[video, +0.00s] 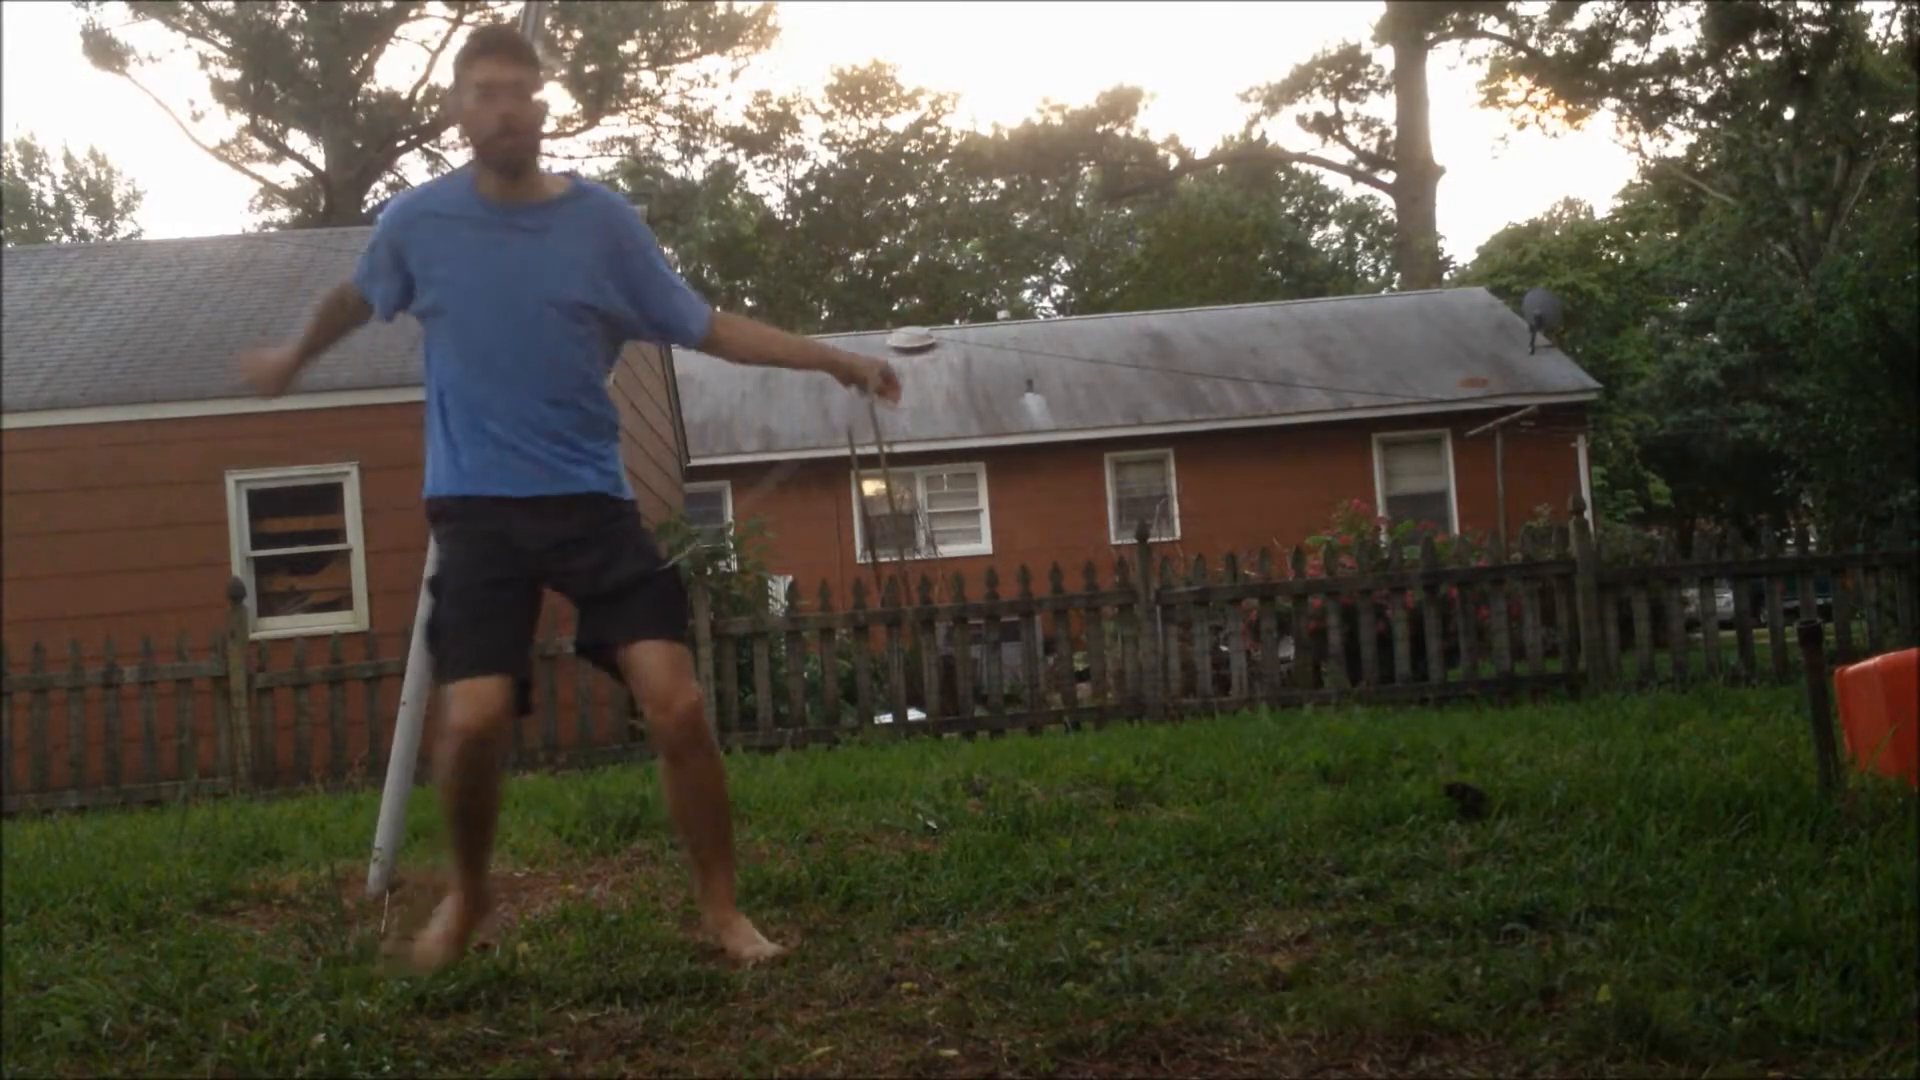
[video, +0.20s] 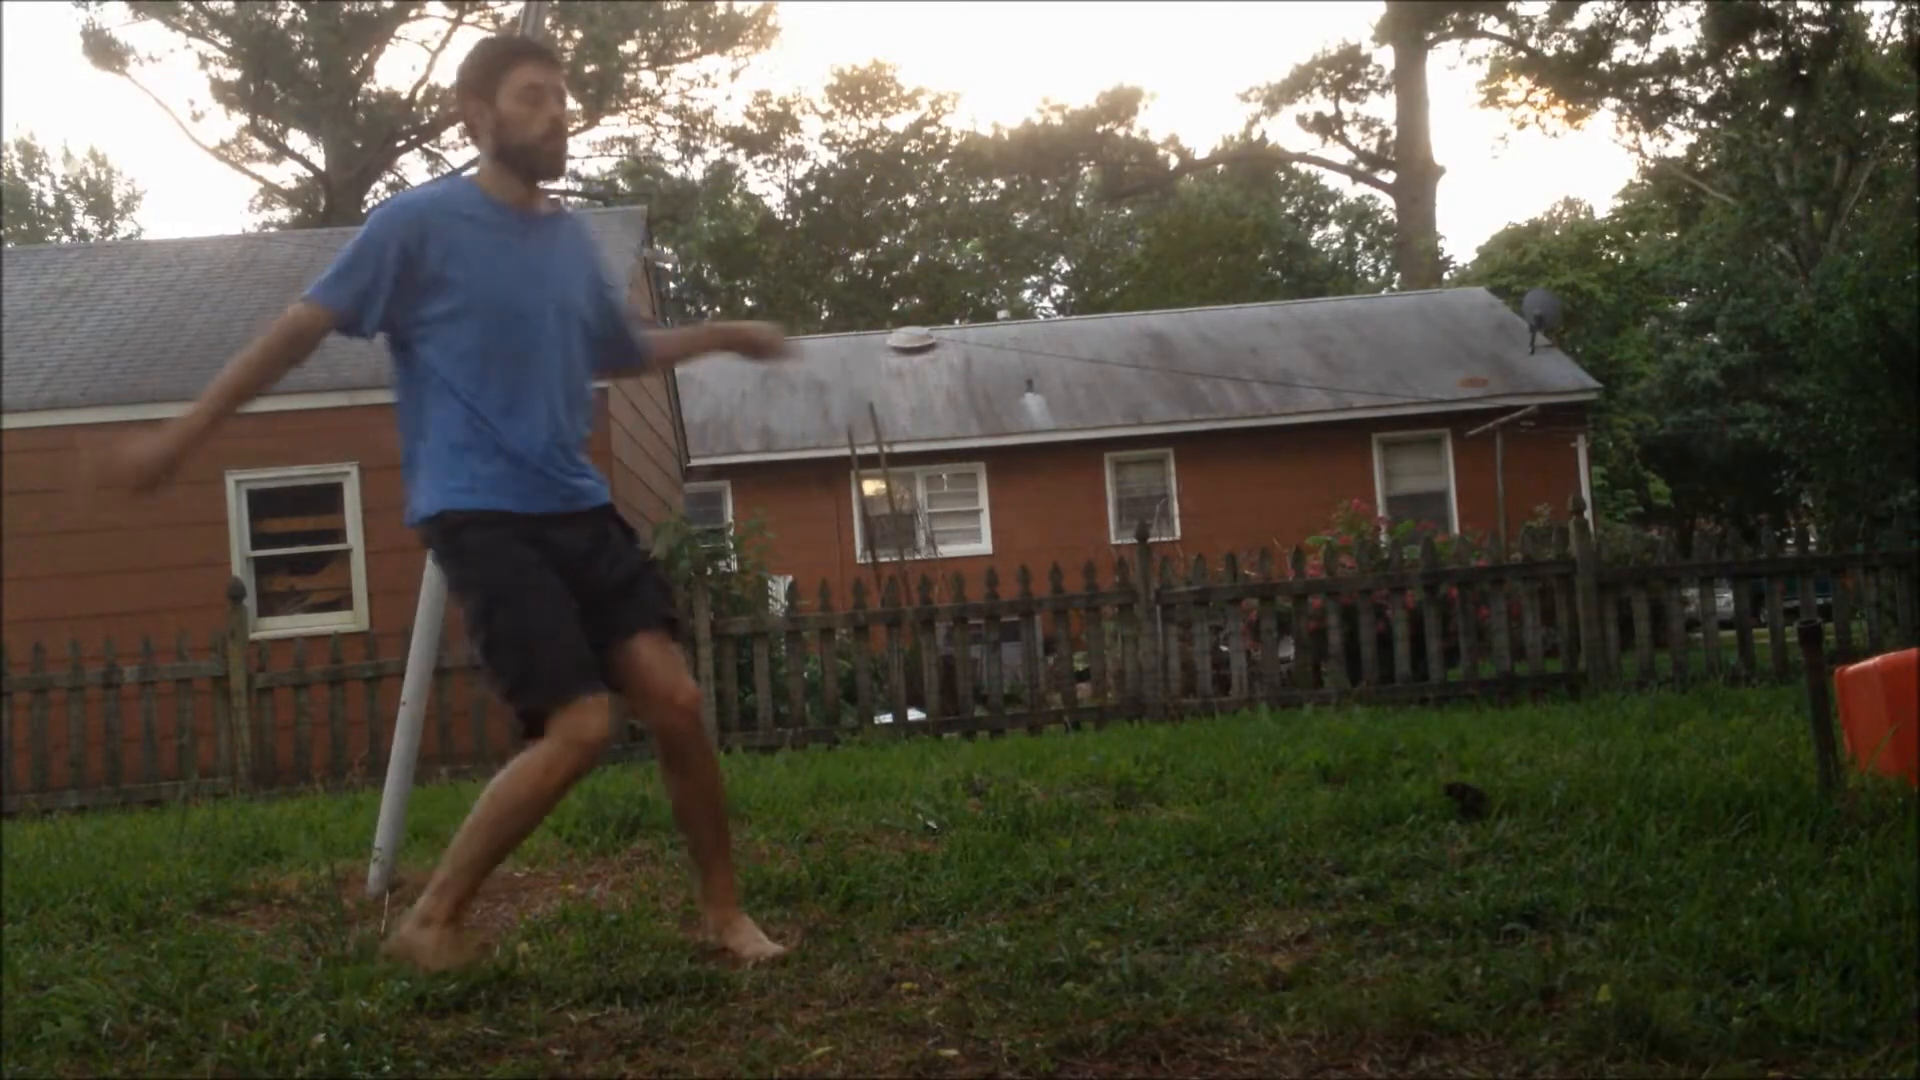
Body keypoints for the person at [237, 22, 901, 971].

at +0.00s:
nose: (506, 109)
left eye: (521, 92)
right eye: (486, 93)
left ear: (543, 103)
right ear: (455, 109)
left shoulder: (601, 218)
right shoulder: (415, 218)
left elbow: (702, 324)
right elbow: (351, 299)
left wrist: (835, 360)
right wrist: (289, 359)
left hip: (593, 502)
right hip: (474, 507)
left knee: (681, 709)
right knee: (473, 722)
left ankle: (722, 915)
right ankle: (466, 898)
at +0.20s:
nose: (559, 113)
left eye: (562, 98)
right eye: (535, 98)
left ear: (565, 111)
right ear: (475, 113)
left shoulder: (571, 236)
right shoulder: (418, 218)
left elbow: (615, 354)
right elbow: (301, 326)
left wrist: (721, 335)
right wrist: (178, 437)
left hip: (575, 500)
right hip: (475, 504)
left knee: (678, 703)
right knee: (579, 725)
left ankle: (725, 918)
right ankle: (429, 924)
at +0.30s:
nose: (543, 102)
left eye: (541, 86)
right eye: (524, 86)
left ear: (501, 103)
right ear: (462, 99)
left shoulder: (490, 218)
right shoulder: (412, 198)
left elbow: (490, 349)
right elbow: (324, 329)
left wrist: (598, 331)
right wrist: (245, 460)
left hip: (519, 494)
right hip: (439, 500)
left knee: (632, 688)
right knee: (551, 729)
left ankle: (705, 905)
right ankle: (413, 938)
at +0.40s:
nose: (509, 81)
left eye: (503, 62)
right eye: (495, 61)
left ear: (432, 78)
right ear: (445, 73)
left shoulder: (425, 182)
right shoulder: (398, 170)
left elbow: (411, 303)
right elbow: (380, 298)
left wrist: (482, 319)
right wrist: (367, 408)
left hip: (461, 483)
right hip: (408, 488)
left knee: (588, 646)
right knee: (492, 711)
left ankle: (569, 881)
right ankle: (407, 942)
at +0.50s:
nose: (467, 44)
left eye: (464, 25)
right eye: (455, 24)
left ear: (387, 43)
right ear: (405, 35)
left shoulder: (346, 135)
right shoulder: (381, 122)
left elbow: (289, 291)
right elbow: (401, 230)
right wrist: (432, 322)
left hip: (362, 437)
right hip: (364, 441)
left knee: (500, 619)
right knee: (419, 689)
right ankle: (380, 937)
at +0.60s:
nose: (418, 57)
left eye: (414, 37)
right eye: (409, 35)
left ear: (329, 45)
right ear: (365, 36)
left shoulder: (283, 150)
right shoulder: (347, 116)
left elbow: (228, 310)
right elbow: (399, 205)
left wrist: (343, 342)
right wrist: (440, 242)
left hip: (287, 441)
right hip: (353, 440)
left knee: (344, 680)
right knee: (406, 702)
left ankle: (187, 863)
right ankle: (376, 961)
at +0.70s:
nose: (368, 73)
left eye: (366, 57)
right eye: (359, 56)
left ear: (273, 72)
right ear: (310, 60)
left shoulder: (226, 189)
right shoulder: (309, 126)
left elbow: (152, 352)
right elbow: (340, 165)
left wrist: (228, 391)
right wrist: (380, 167)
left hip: (251, 475)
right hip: (343, 466)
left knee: (219, 694)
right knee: (407, 717)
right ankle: (375, 960)